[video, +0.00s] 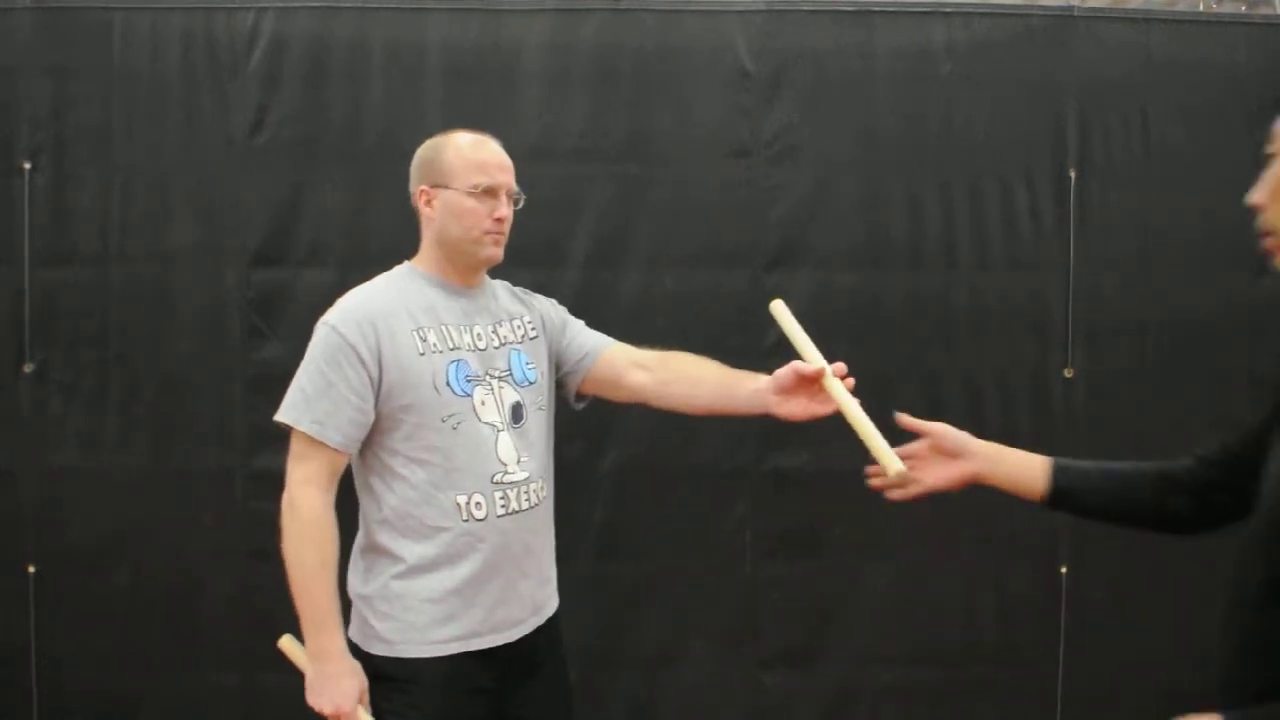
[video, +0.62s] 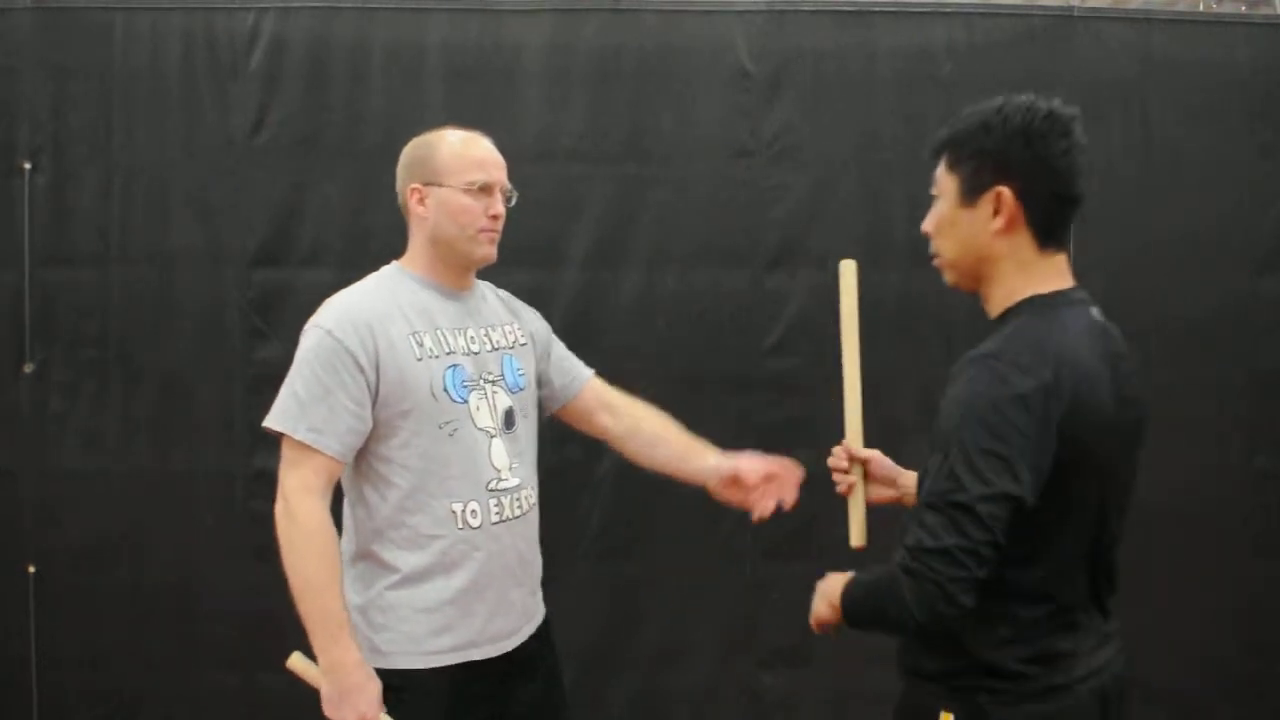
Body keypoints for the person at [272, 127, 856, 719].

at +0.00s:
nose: (505, 212)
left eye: (510, 196)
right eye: (485, 194)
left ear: (513, 205)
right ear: (426, 201)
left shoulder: (530, 315)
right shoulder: (361, 323)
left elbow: (640, 372)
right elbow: (307, 490)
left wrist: (766, 394)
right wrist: (327, 653)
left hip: (530, 635)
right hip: (415, 654)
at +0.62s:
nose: (498, 206)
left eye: (503, 192)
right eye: (478, 190)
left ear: (508, 201)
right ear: (418, 200)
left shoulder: (514, 319)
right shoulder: (351, 325)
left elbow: (610, 412)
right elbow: (300, 500)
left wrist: (716, 468)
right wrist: (343, 672)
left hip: (523, 646)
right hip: (408, 669)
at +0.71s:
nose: (501, 209)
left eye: (504, 193)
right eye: (481, 190)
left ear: (507, 200)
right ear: (419, 200)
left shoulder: (507, 318)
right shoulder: (351, 325)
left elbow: (587, 426)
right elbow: (303, 502)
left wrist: (681, 513)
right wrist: (349, 674)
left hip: (522, 644)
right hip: (410, 672)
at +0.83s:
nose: (515, 210)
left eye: (515, 194)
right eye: (494, 191)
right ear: (434, 201)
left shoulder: (510, 319)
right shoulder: (365, 323)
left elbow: (560, 444)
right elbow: (323, 497)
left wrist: (622, 561)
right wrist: (368, 671)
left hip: (524, 644)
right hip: (417, 670)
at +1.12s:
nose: (572, 212)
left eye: (570, 197)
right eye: (553, 193)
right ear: (496, 202)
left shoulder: (545, 322)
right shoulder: (428, 310)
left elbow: (559, 463)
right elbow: (395, 479)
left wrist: (579, 585)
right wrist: (446, 643)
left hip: (542, 642)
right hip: (451, 653)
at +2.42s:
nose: (542, 215)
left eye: (539, 199)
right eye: (528, 197)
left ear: (476, 205)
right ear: (471, 203)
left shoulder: (507, 321)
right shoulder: (415, 326)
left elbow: (542, 450)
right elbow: (430, 512)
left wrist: (620, 526)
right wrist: (503, 655)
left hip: (535, 650)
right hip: (440, 664)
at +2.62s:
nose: (532, 212)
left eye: (529, 196)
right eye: (517, 194)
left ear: (468, 206)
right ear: (463, 204)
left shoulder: (495, 318)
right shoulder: (423, 326)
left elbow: (560, 416)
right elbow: (466, 511)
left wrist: (632, 442)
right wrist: (549, 633)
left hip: (513, 647)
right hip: (444, 660)